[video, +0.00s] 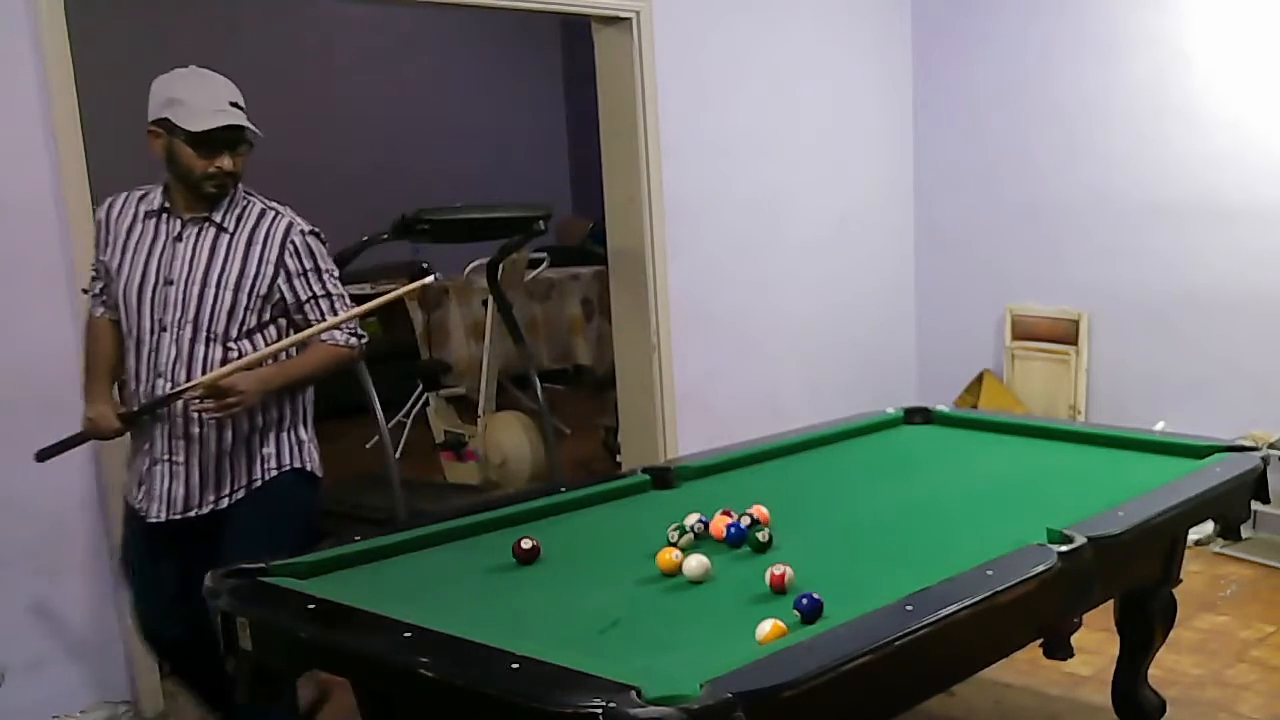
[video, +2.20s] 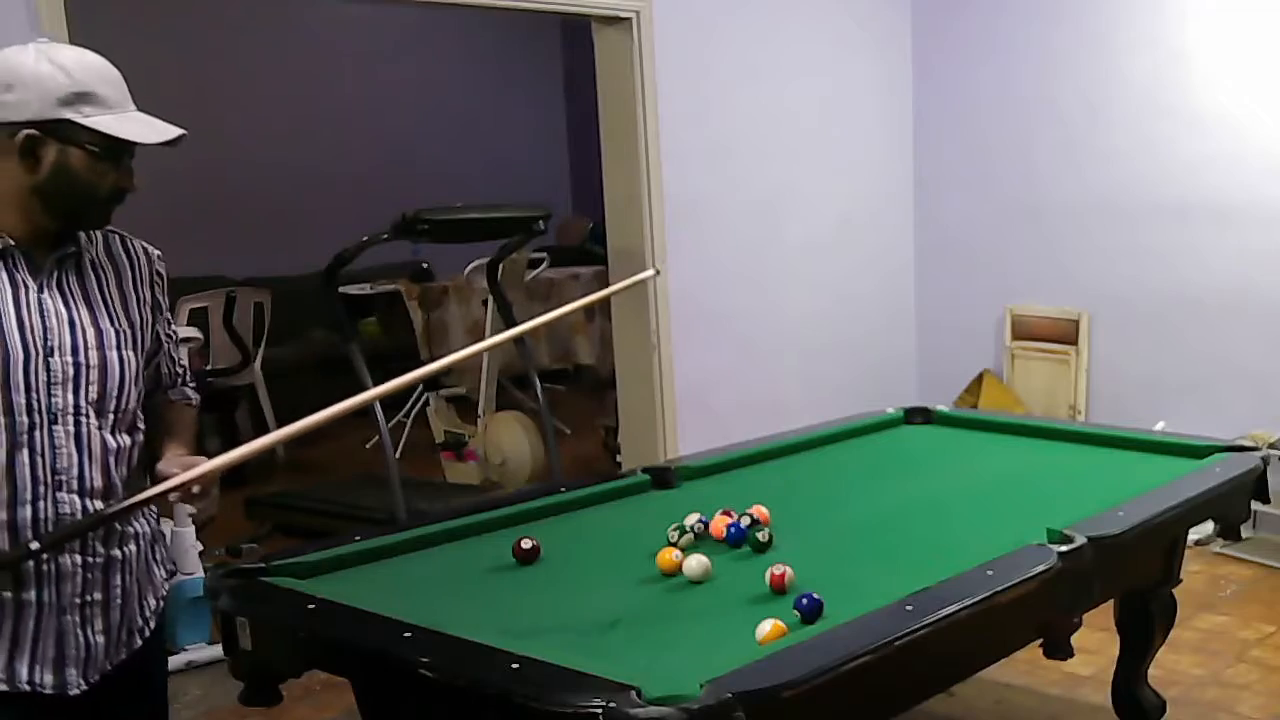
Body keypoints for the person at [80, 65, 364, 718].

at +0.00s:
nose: (225, 163)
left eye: (237, 146)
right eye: (206, 146)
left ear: (251, 142)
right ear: (160, 139)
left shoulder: (283, 234)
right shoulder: (120, 217)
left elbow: (345, 339)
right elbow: (106, 306)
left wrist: (266, 380)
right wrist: (100, 394)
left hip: (264, 470)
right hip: (164, 477)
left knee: (259, 627)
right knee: (168, 629)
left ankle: (280, 712)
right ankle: (254, 709)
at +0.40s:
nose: (179, 168)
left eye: (186, 150)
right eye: (159, 150)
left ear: (198, 147)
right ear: (101, 144)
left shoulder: (231, 239)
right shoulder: (45, 231)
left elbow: (300, 347)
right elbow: (27, 323)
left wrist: (221, 395)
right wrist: (28, 421)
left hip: (220, 514)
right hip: (97, 522)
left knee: (248, 695)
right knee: (92, 698)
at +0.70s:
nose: (89, 167)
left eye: (93, 148)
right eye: (67, 149)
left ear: (102, 145)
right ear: (7, 144)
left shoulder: (141, 243)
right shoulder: (1, 244)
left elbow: (217, 349)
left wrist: (156, 406)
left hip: (149, 541)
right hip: (23, 563)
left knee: (211, 701)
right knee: (34, 709)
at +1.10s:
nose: (15, 156)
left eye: (17, 138)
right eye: (4, 139)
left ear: (22, 142)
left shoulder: (61, 234)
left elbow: (133, 344)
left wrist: (98, 408)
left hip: (87, 525)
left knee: (117, 698)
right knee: (16, 705)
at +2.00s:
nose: (115, 171)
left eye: (116, 149)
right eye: (96, 149)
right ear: (19, 142)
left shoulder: (132, 262)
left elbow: (172, 388)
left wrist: (164, 446)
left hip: (118, 616)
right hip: (9, 625)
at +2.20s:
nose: (129, 180)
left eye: (129, 156)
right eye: (110, 156)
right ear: (31, 151)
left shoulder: (137, 267)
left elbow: (174, 384)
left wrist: (176, 450)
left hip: (130, 629)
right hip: (15, 648)